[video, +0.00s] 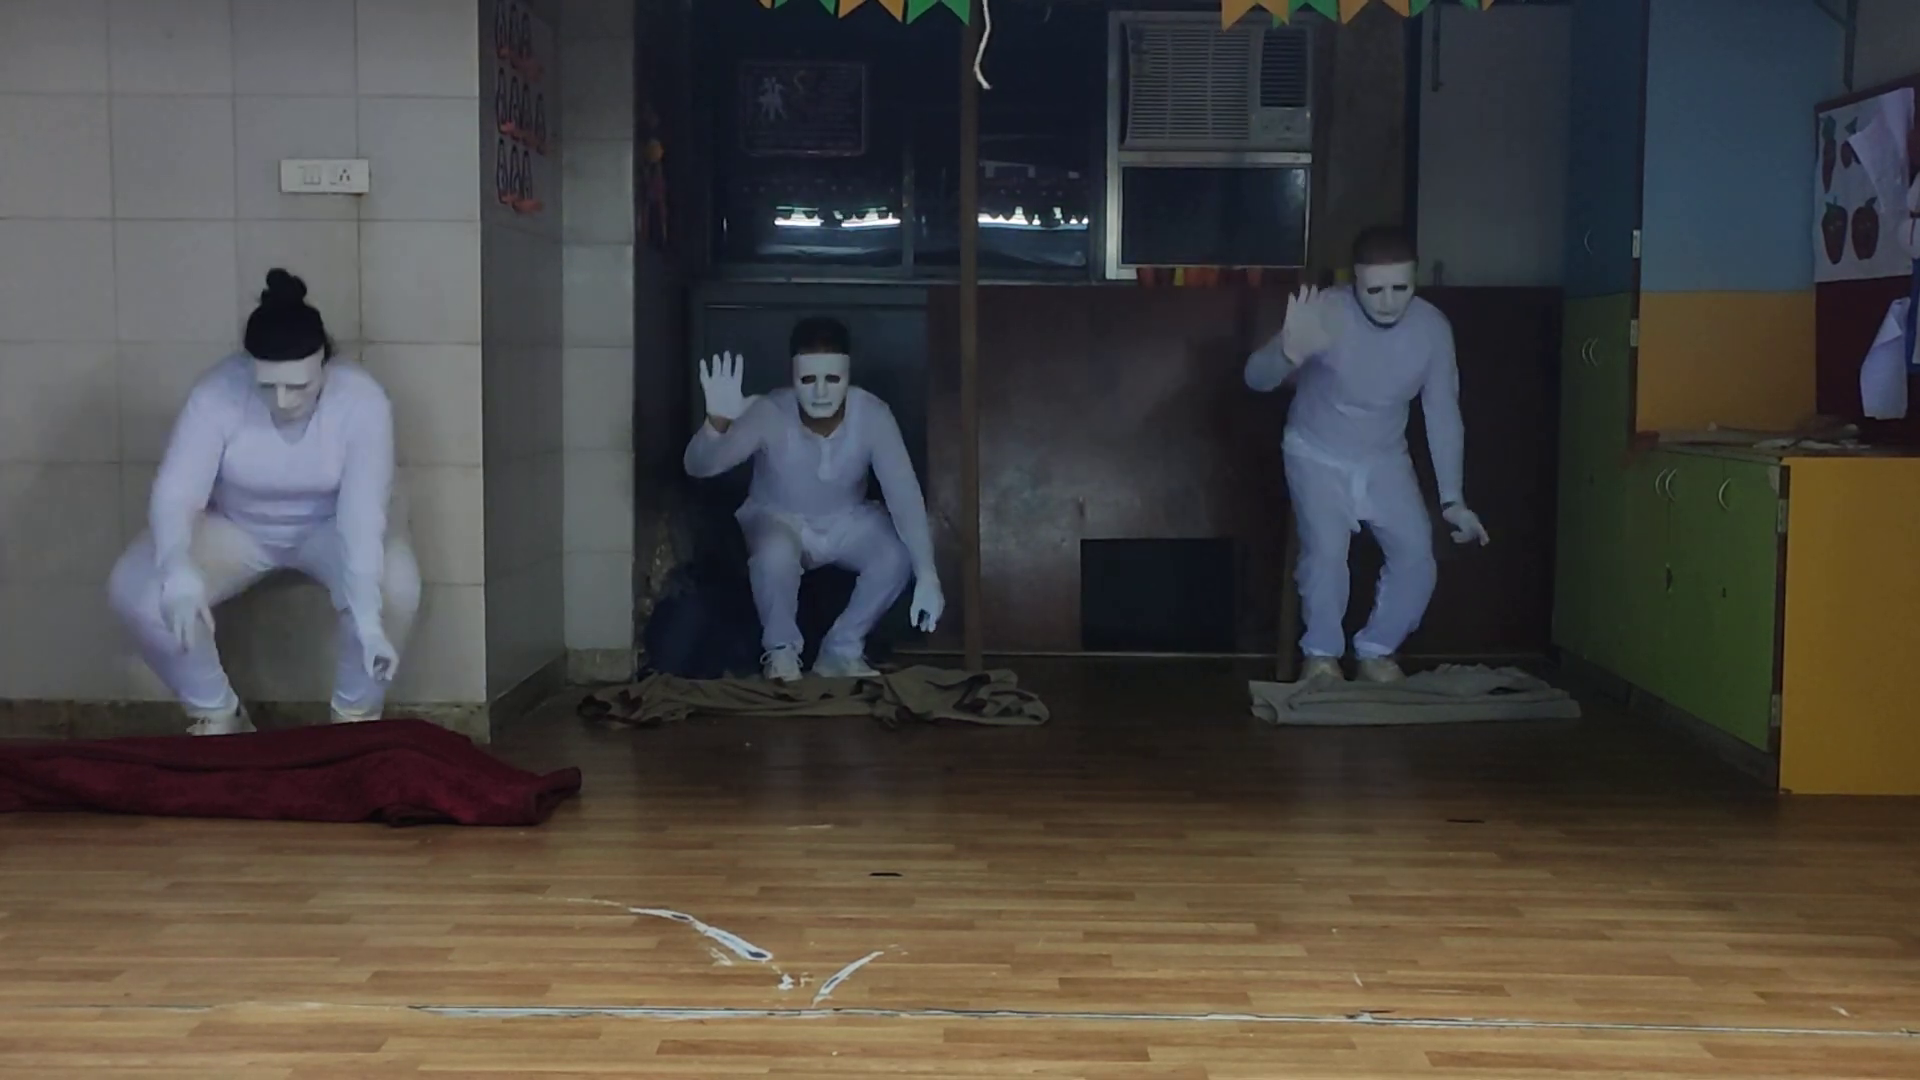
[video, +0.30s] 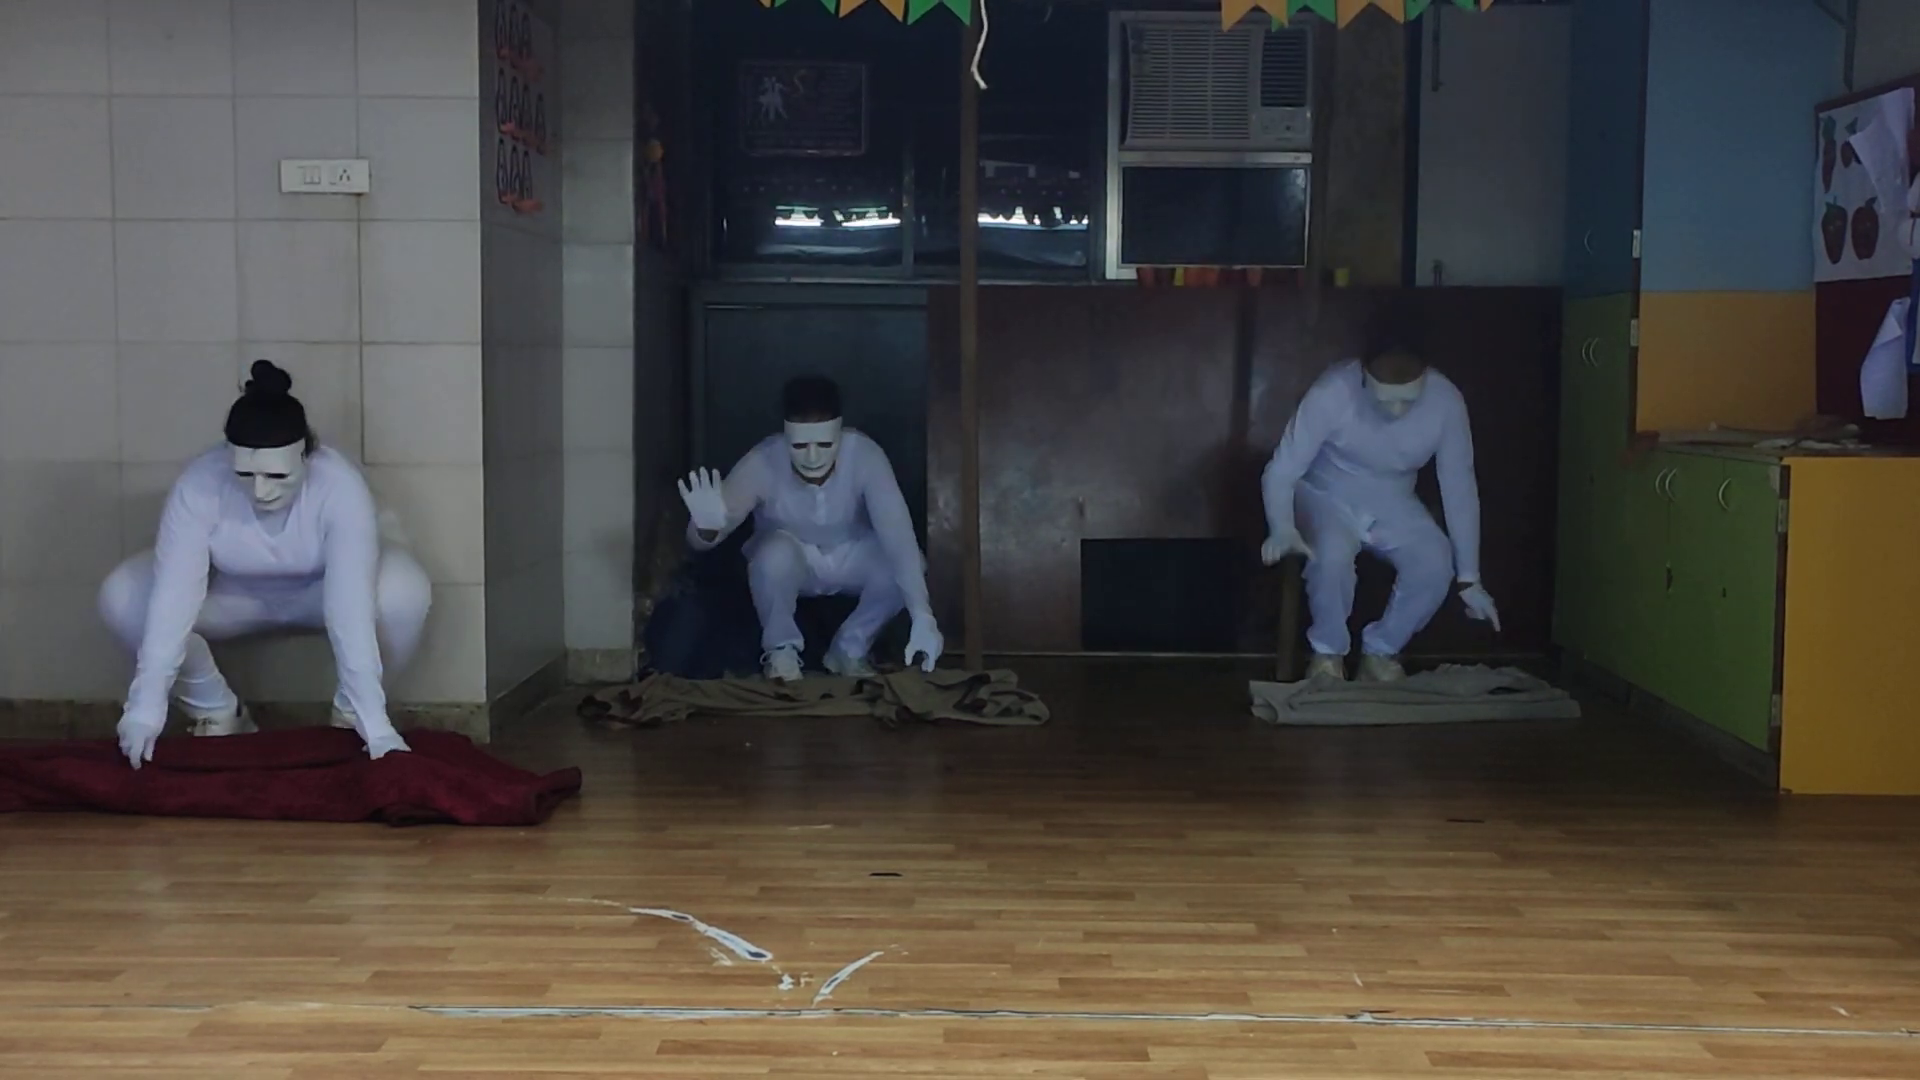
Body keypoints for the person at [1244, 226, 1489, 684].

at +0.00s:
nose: (1388, 301)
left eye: (1399, 288)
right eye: (1375, 289)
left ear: (1413, 281)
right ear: (1356, 281)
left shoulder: (1431, 330)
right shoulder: (1325, 313)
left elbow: (1443, 417)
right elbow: (1257, 379)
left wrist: (1452, 500)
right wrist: (1287, 350)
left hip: (1386, 458)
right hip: (1318, 454)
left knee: (1415, 563)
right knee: (1326, 555)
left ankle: (1374, 651)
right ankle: (1321, 657)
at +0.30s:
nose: (1396, 409)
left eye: (1407, 398)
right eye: (1384, 398)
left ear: (1423, 379)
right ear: (1366, 377)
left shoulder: (1446, 405)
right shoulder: (1334, 393)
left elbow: (1460, 491)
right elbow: (1280, 472)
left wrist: (1470, 580)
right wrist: (1282, 529)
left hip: (1395, 499)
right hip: (1328, 493)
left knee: (1434, 561)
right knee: (1332, 555)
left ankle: (1380, 653)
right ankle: (1328, 655)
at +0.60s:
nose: (1392, 478)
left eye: (1403, 468)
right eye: (1381, 468)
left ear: (1418, 449)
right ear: (1362, 448)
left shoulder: (1444, 467)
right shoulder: (1329, 463)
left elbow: (1466, 552)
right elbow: (1294, 549)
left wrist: (1480, 640)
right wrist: (1296, 638)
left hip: (1400, 568)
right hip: (1341, 564)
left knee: (1438, 578)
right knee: (1331, 569)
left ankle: (1385, 652)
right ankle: (1327, 655)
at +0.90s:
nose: (1387, 479)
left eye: (1398, 468)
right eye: (1375, 469)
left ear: (1414, 451)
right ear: (1358, 452)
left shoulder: (1441, 470)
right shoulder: (1327, 468)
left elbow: (1462, 549)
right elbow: (1291, 552)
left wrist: (1479, 633)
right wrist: (1289, 637)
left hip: (1400, 573)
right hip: (1340, 570)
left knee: (1438, 578)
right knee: (1330, 568)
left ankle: (1390, 645)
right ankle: (1326, 647)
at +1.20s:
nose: (1379, 456)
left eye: (1391, 443)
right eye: (1367, 445)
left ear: (1408, 431)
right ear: (1350, 435)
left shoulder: (1437, 460)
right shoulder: (1323, 460)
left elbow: (1461, 541)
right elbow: (1285, 543)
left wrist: (1482, 618)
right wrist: (1286, 626)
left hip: (1403, 571)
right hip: (1340, 570)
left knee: (1444, 581)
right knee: (1324, 569)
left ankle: (1404, 643)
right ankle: (1319, 645)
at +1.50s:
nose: (1375, 410)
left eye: (1386, 396)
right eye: (1362, 398)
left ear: (1402, 392)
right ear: (1346, 396)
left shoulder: (1433, 439)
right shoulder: (1319, 438)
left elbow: (1465, 520)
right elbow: (1275, 514)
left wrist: (1490, 594)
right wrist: (1262, 595)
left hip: (1401, 566)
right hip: (1335, 563)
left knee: (1450, 583)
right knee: (1302, 574)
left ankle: (1403, 667)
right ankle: (1308, 665)